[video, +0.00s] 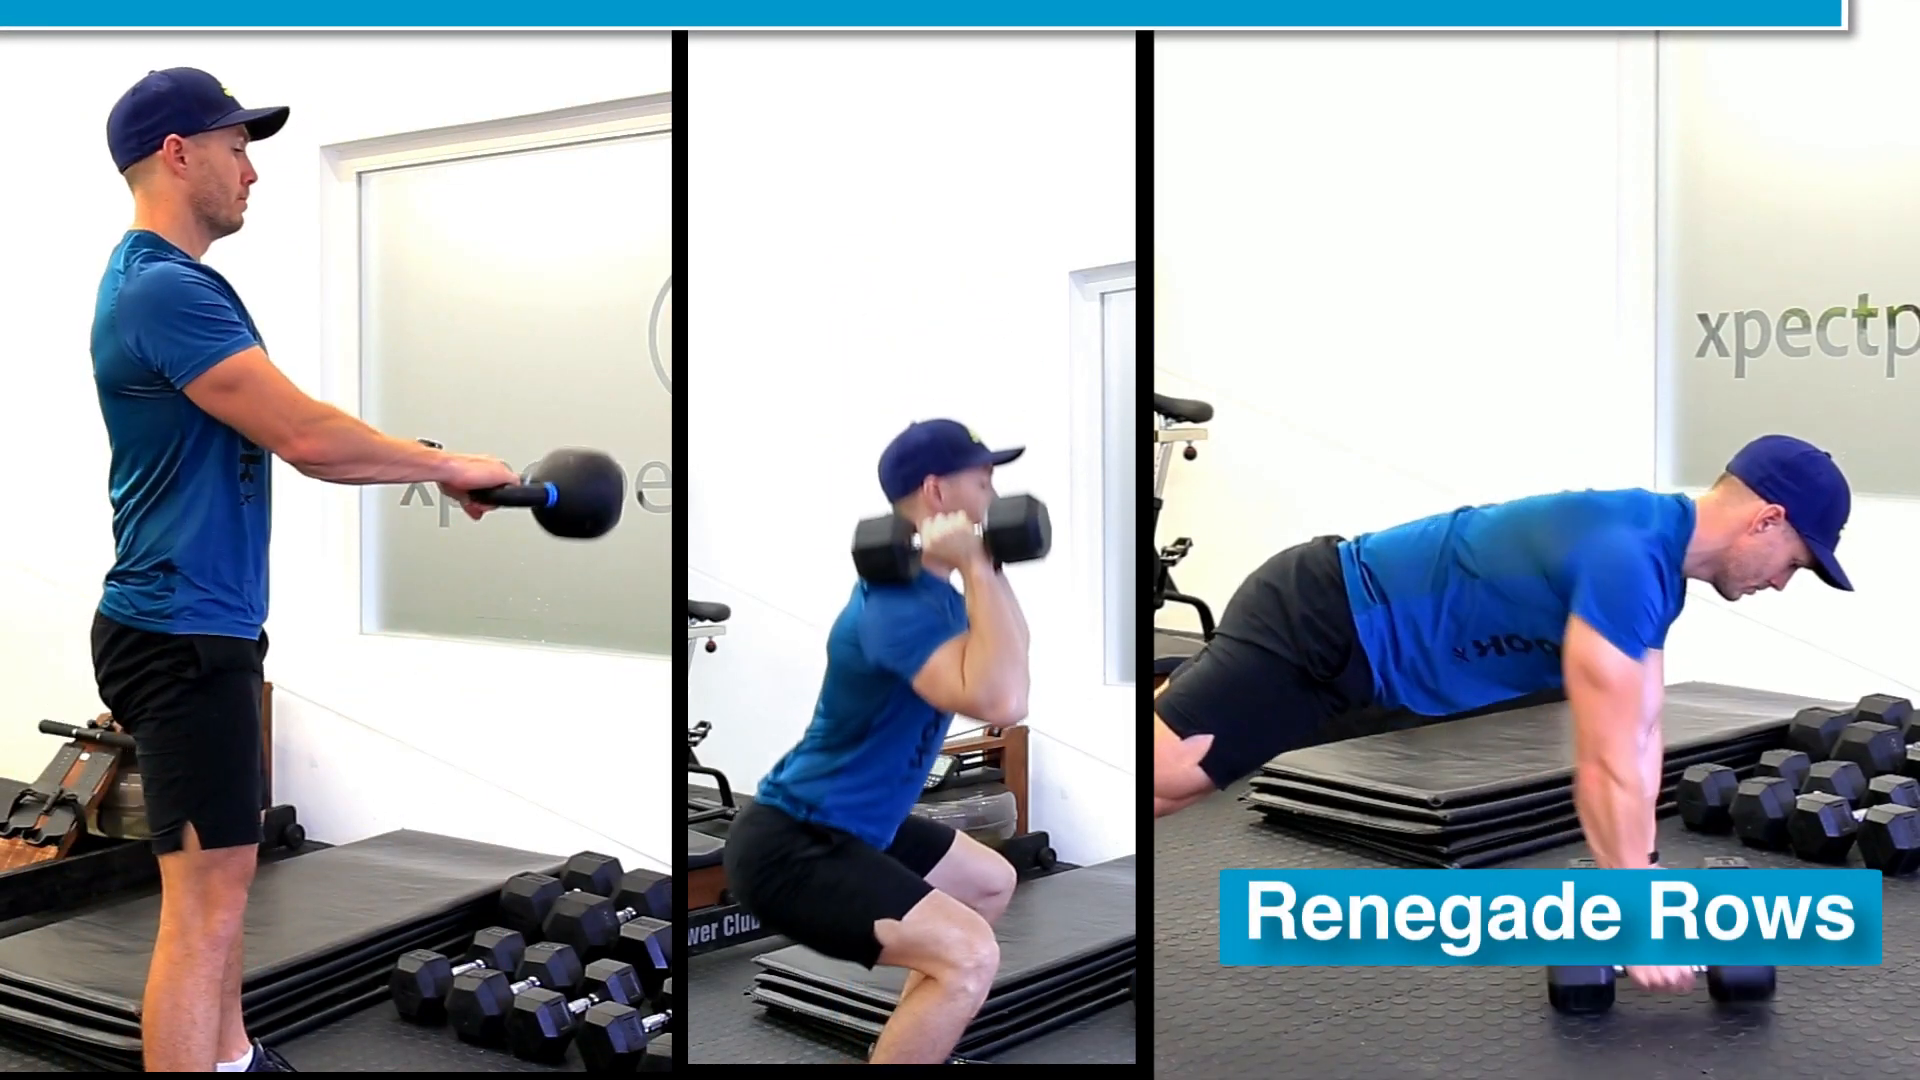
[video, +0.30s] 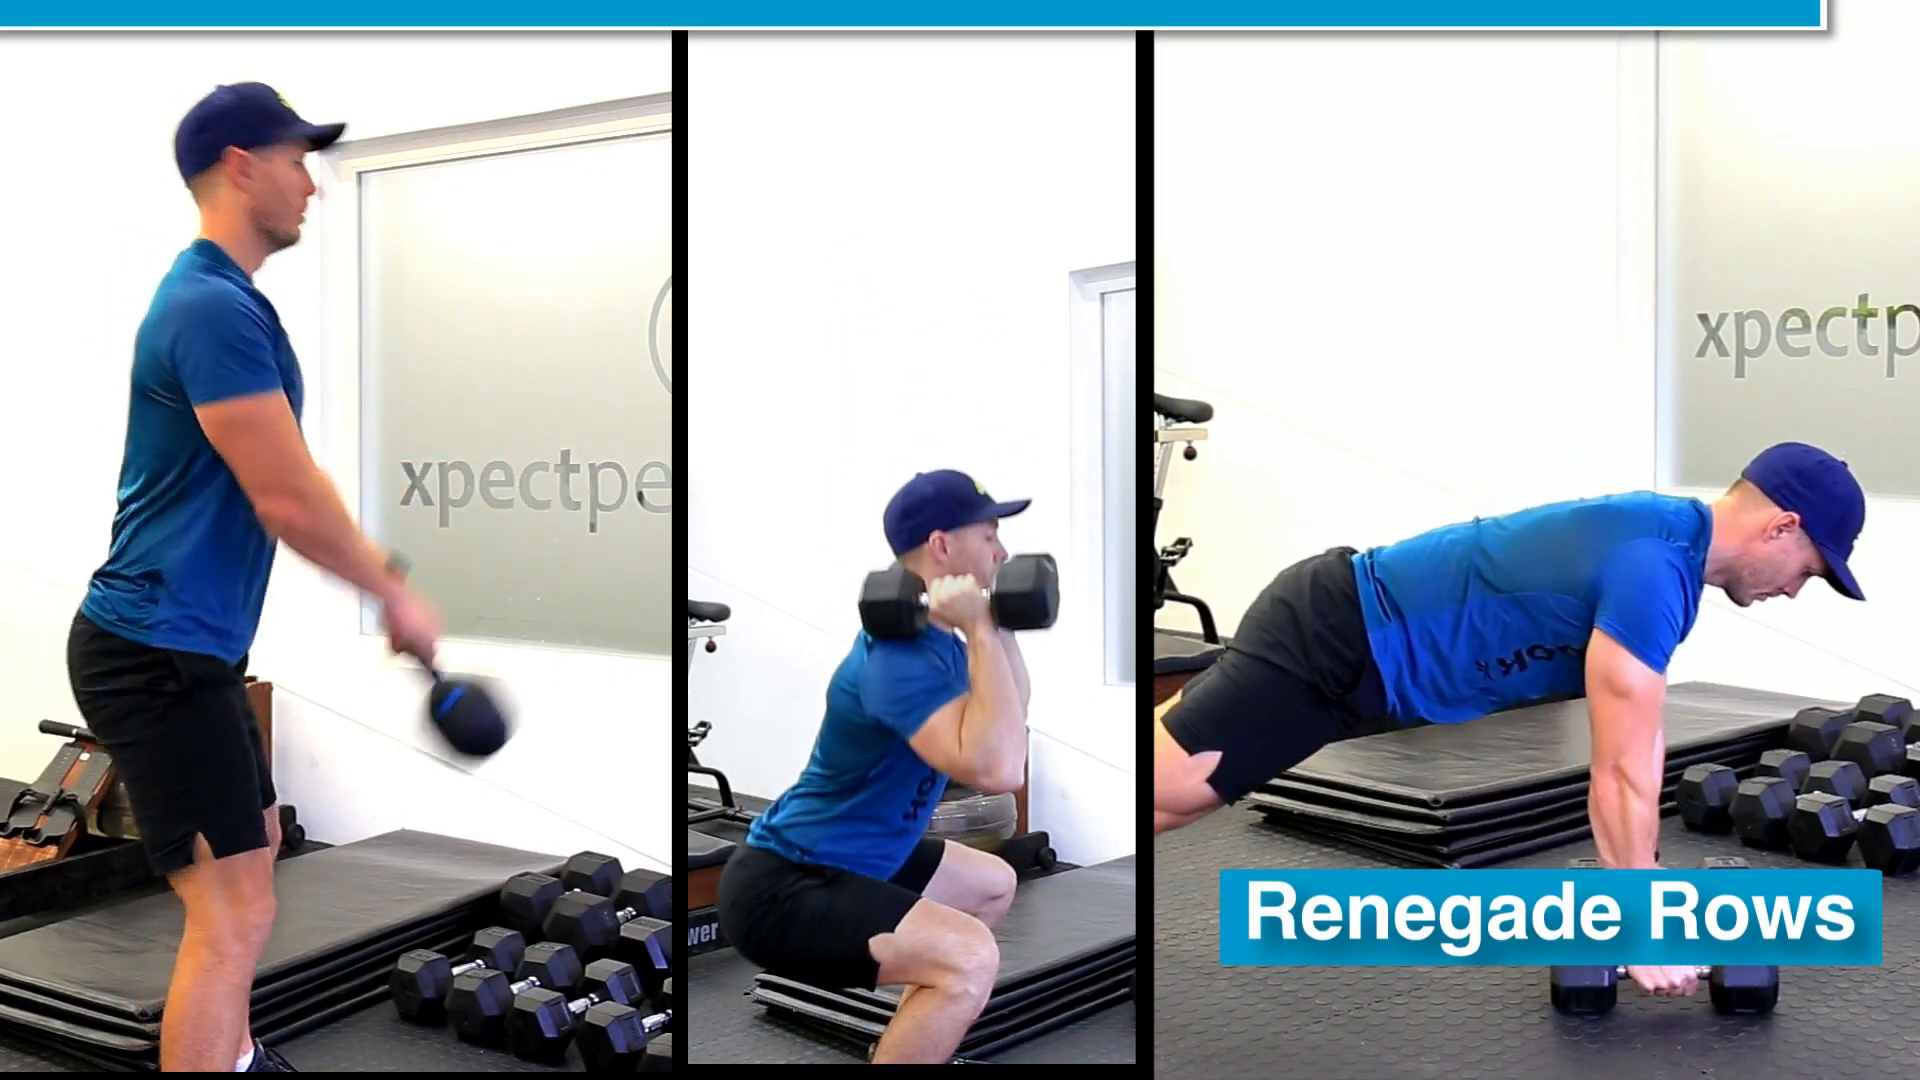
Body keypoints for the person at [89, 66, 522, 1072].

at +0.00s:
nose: (253, 166)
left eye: (249, 147)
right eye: (237, 147)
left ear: (176, 160)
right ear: (174, 155)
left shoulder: (173, 282)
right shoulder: (162, 287)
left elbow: (299, 434)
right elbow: (305, 440)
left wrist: (434, 466)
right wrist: (446, 469)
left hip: (206, 631)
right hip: (182, 636)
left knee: (220, 888)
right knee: (204, 907)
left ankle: (226, 1059)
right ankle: (190, 1078)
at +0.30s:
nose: (314, 181)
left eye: (310, 161)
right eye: (298, 159)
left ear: (240, 171)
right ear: (238, 166)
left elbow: (299, 489)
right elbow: (287, 505)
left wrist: (382, 578)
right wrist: (389, 590)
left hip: (189, 645)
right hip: (156, 650)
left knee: (250, 851)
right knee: (231, 912)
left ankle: (221, 1047)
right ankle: (199, 1076)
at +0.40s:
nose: (372, 222)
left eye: (370, 201)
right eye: (357, 198)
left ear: (299, 207)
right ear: (295, 201)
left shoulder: (274, 336)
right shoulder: (257, 343)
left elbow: (289, 531)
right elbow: (271, 556)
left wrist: (335, 643)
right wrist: (338, 658)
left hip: (175, 656)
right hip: (139, 663)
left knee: (261, 841)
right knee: (242, 919)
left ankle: (218, 1042)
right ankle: (207, 1071)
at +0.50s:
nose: (441, 282)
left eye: (439, 261)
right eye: (425, 259)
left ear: (368, 266)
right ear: (367, 261)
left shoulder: (318, 382)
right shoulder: (312, 393)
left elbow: (272, 587)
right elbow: (264, 599)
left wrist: (279, 713)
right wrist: (277, 734)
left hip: (166, 673)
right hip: (128, 676)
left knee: (262, 859)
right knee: (247, 923)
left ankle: (222, 1041)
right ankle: (205, 1062)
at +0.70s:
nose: (535, 401)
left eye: (536, 379)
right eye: (526, 376)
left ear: (468, 381)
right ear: (473, 380)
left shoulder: (387, 467)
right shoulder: (379, 488)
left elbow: (264, 650)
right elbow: (249, 660)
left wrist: (247, 779)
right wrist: (203, 779)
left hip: (163, 674)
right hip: (118, 685)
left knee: (273, 835)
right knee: (251, 928)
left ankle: (218, 1033)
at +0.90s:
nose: (528, 367)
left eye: (528, 347)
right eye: (517, 346)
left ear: (461, 350)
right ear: (465, 348)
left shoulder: (378, 437)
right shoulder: (376, 453)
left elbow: (269, 630)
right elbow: (262, 630)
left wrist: (252, 780)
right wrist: (223, 772)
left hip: (149, 660)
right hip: (129, 669)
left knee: (253, 882)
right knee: (241, 925)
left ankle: (225, 1049)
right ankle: (207, 1063)